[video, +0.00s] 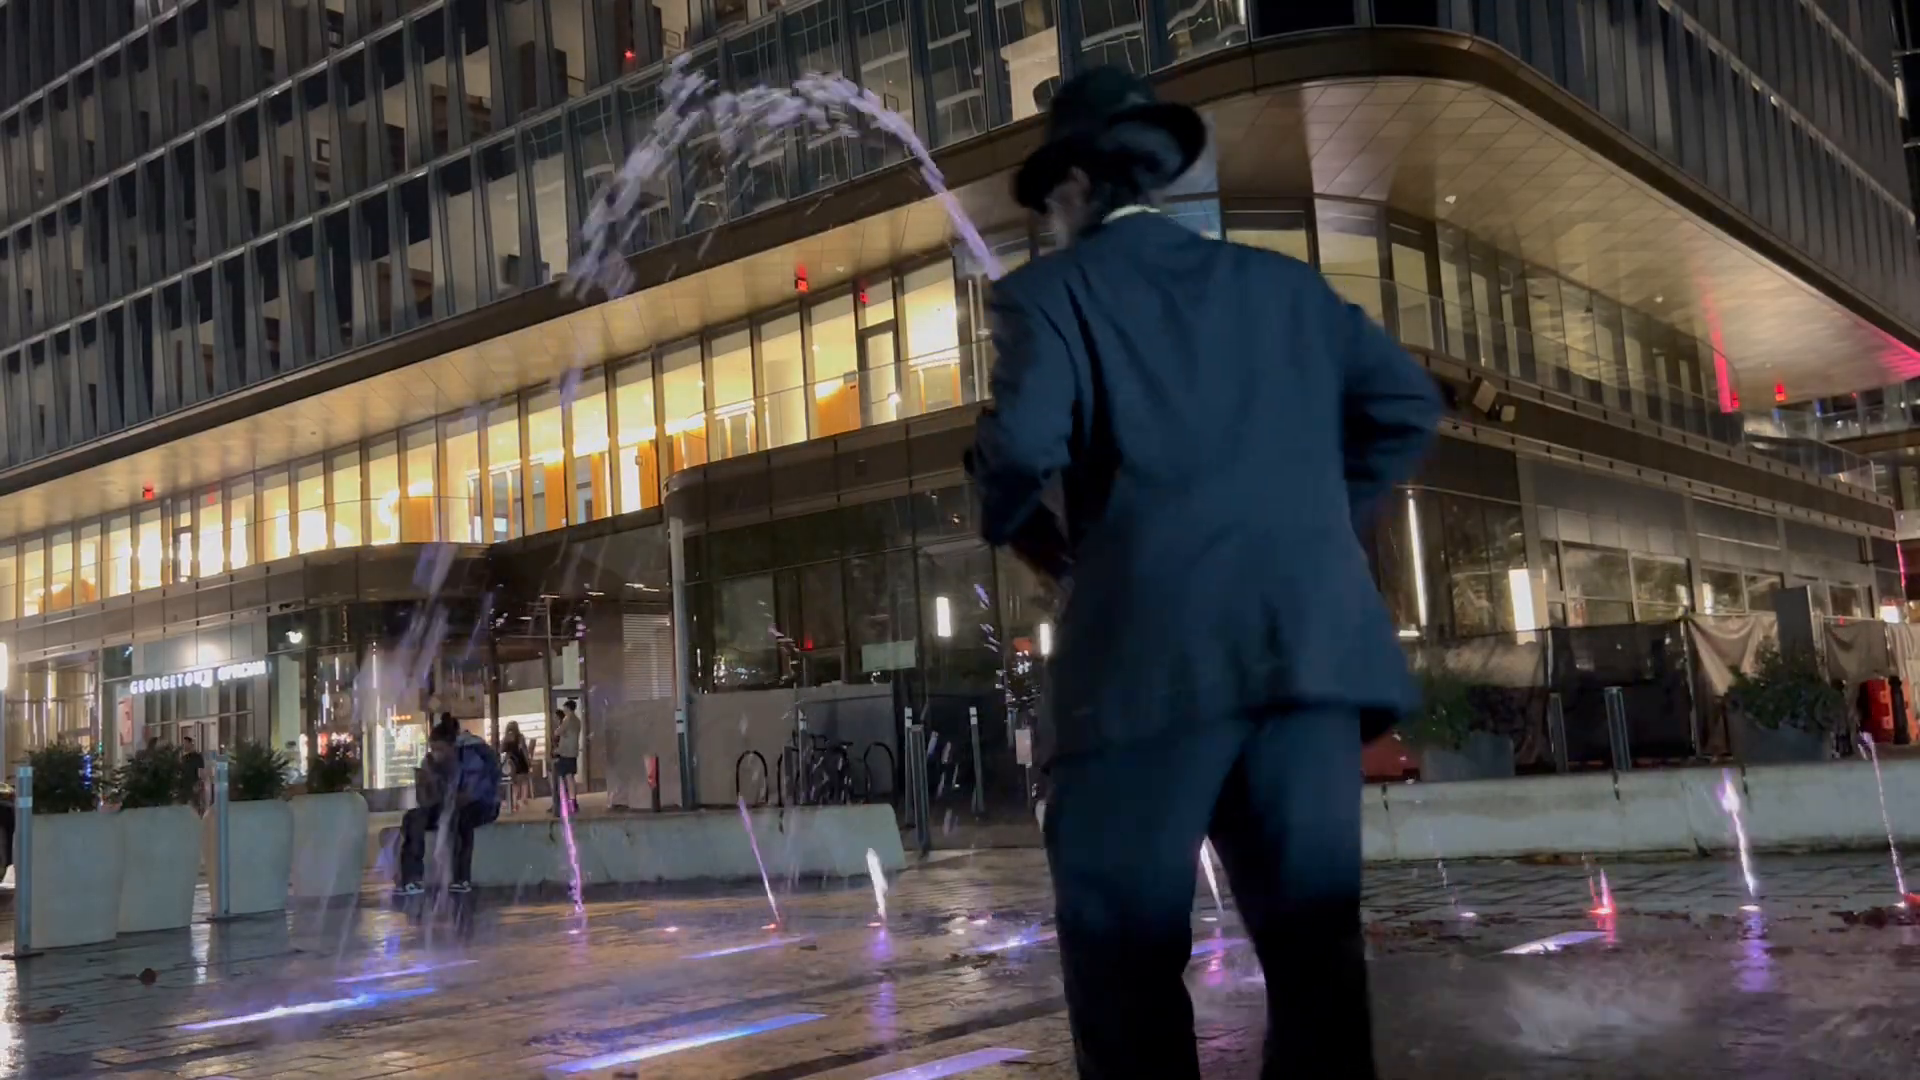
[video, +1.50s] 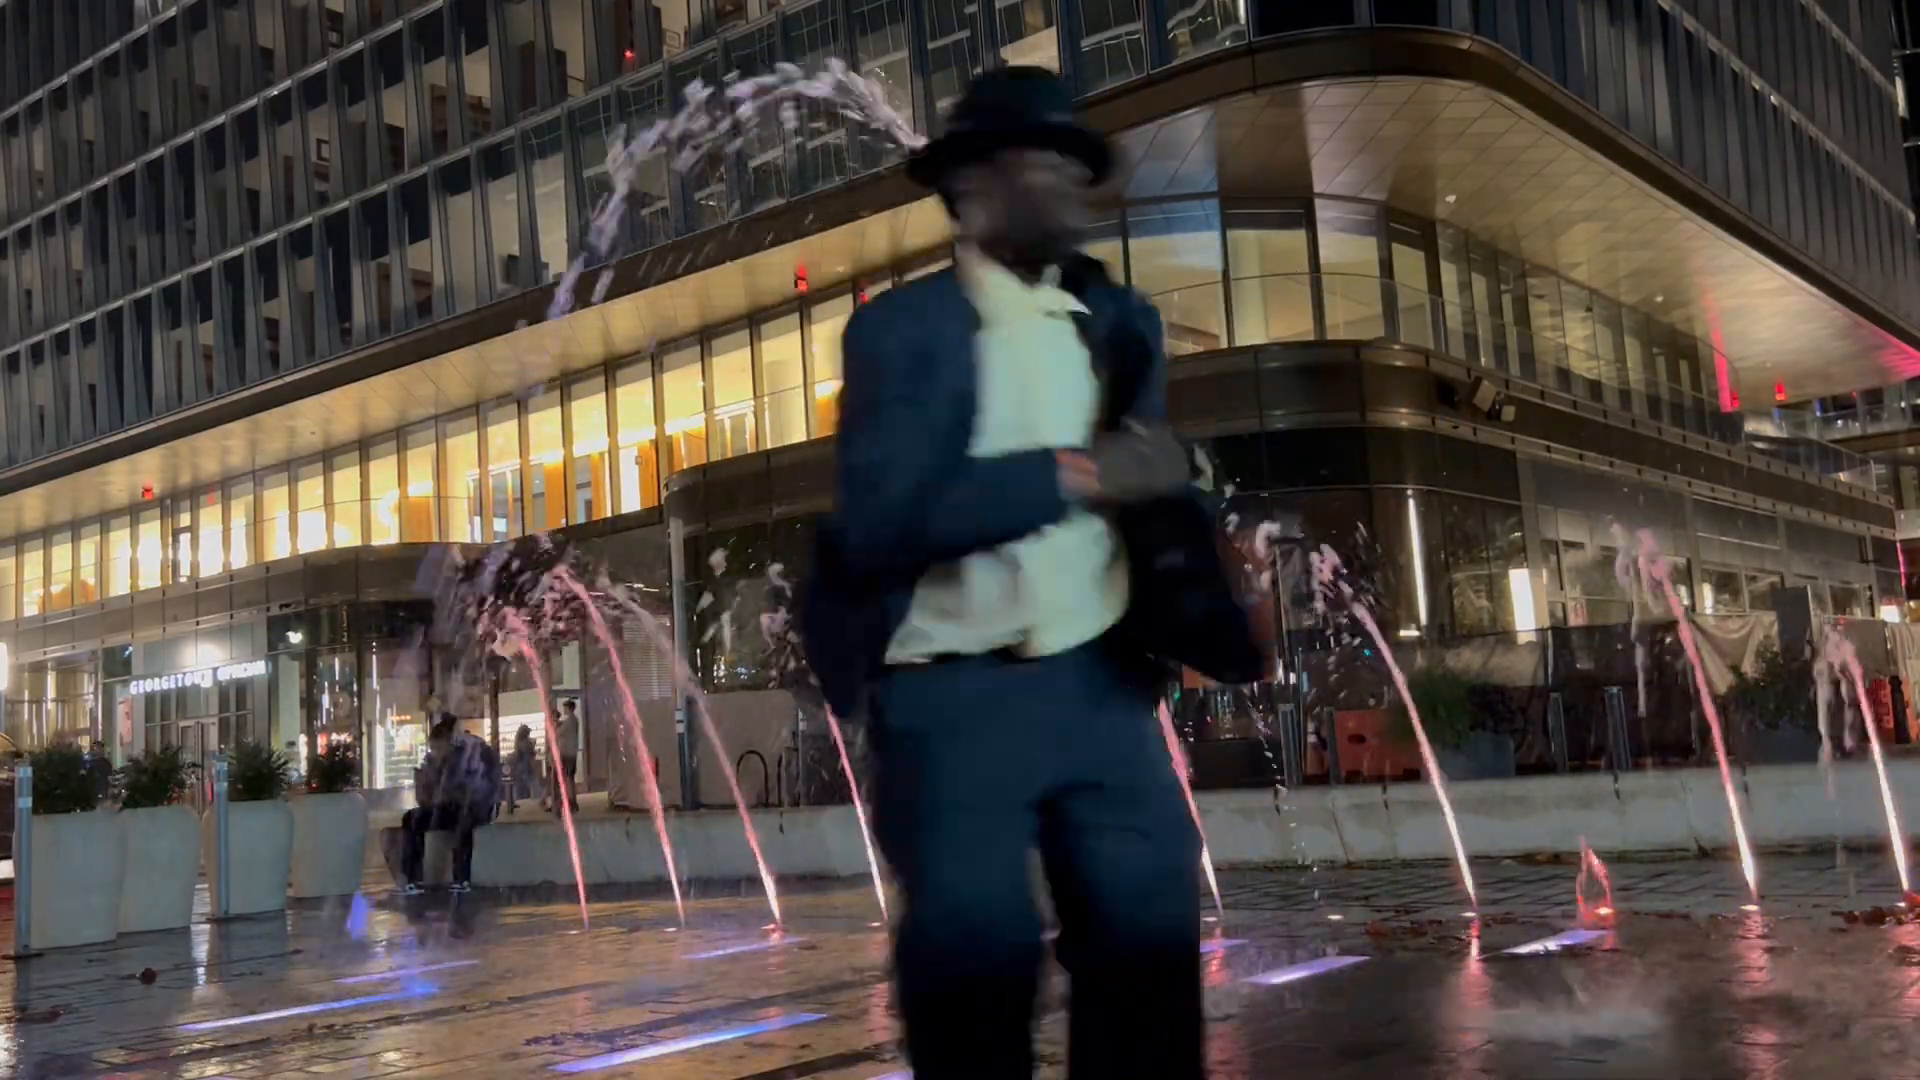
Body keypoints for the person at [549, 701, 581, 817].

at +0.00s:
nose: (564, 711)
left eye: (565, 709)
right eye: (564, 709)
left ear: (567, 709)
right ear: (573, 709)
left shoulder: (567, 720)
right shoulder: (577, 720)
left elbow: (558, 732)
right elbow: (573, 735)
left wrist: (559, 727)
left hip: (564, 753)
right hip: (573, 752)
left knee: (560, 779)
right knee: (571, 778)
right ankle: (573, 801)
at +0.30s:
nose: (561, 711)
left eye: (562, 708)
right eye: (561, 709)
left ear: (564, 708)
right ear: (570, 708)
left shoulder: (563, 720)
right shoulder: (573, 720)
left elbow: (553, 732)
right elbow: (569, 735)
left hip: (561, 753)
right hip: (569, 753)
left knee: (564, 779)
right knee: (570, 779)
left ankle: (565, 801)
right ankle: (572, 800)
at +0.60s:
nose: (558, 710)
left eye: (558, 708)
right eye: (558, 708)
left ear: (561, 708)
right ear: (567, 708)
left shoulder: (559, 720)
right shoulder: (570, 720)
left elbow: (552, 731)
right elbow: (570, 736)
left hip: (560, 754)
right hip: (568, 753)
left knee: (559, 779)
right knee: (570, 780)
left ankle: (558, 803)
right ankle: (571, 801)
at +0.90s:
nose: (557, 709)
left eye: (558, 707)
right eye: (558, 707)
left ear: (559, 708)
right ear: (567, 708)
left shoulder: (560, 720)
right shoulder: (569, 720)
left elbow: (551, 731)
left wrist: (551, 719)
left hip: (558, 753)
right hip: (567, 753)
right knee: (567, 780)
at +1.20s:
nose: (560, 710)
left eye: (563, 708)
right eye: (560, 707)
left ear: (568, 708)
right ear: (559, 708)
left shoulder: (571, 721)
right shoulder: (558, 720)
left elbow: (569, 739)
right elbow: (554, 736)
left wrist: (567, 754)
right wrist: (551, 753)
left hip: (567, 754)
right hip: (556, 753)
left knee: (568, 779)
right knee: (555, 780)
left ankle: (571, 802)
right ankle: (555, 803)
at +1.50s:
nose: (564, 710)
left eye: (565, 708)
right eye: (564, 708)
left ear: (568, 708)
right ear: (573, 708)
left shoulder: (568, 721)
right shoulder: (574, 720)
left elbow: (558, 732)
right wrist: (558, 725)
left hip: (566, 753)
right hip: (571, 752)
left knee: (567, 779)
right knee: (570, 779)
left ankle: (570, 802)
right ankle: (572, 802)